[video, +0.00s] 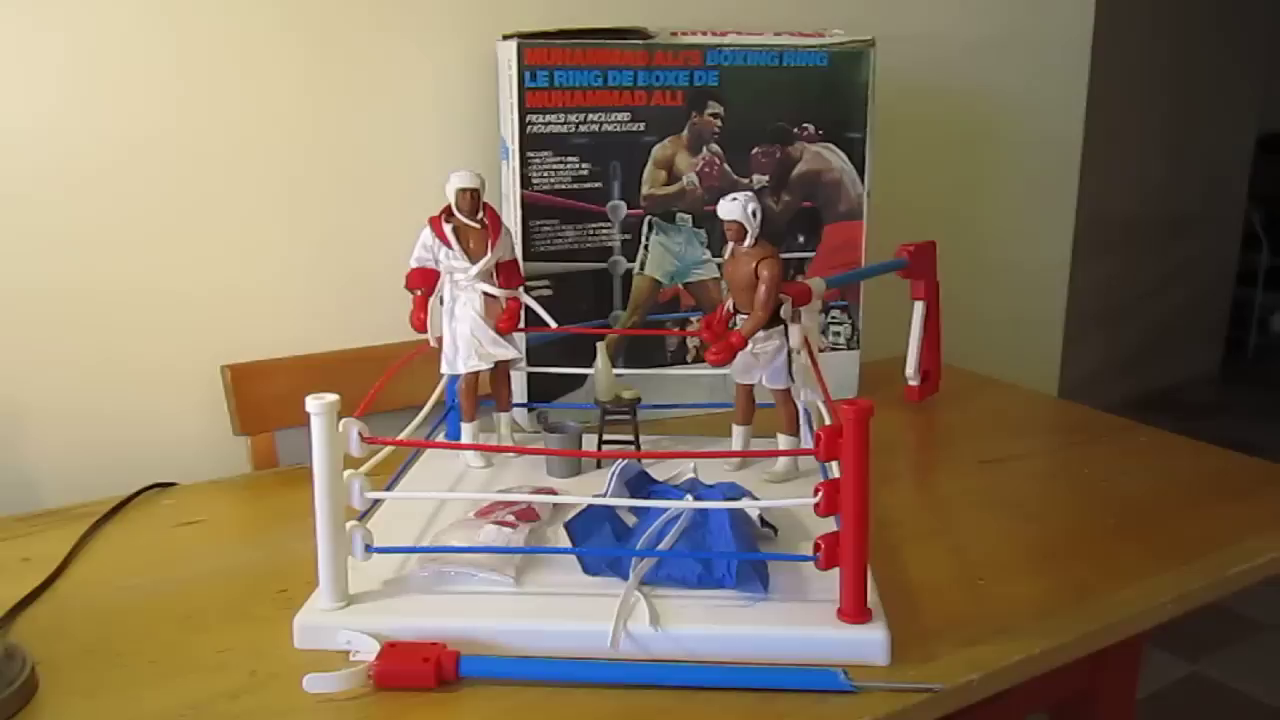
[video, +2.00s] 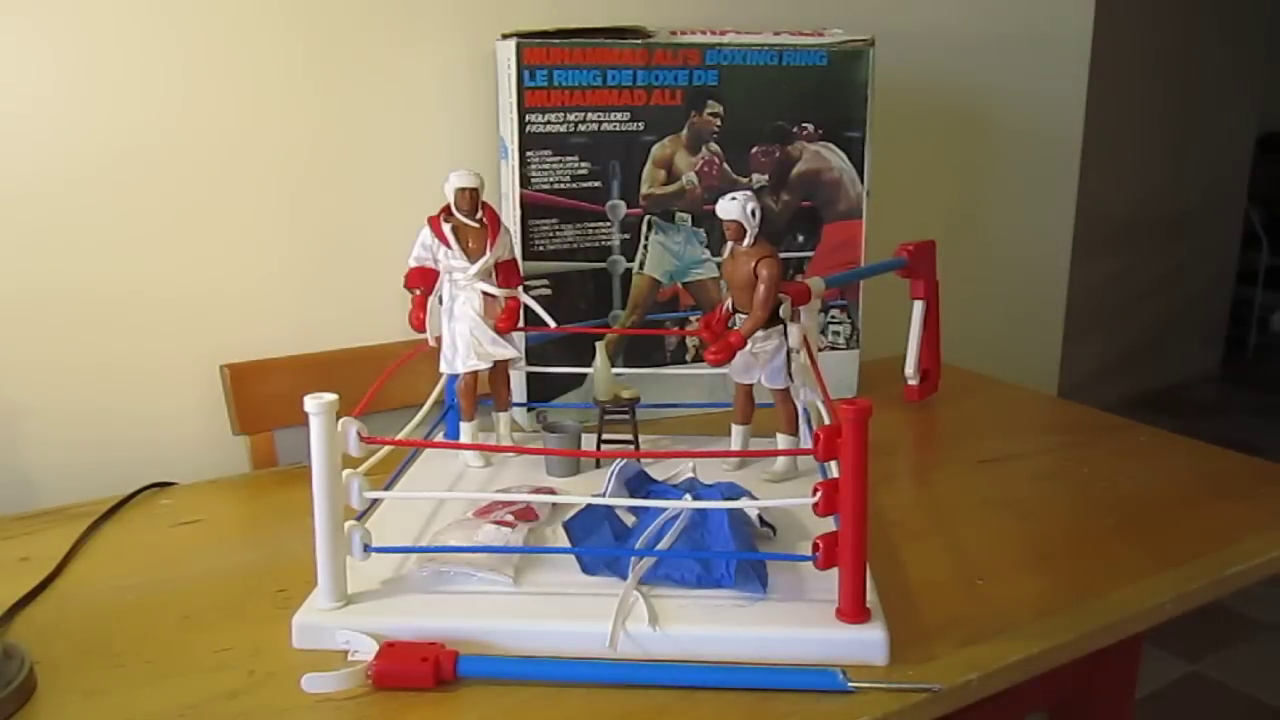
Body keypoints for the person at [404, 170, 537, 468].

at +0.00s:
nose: (469, 199)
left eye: (474, 193)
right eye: (463, 194)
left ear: (481, 195)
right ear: (452, 197)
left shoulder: (496, 229)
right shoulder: (437, 230)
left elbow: (509, 269)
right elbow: (422, 268)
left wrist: (513, 306)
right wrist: (420, 305)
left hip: (494, 305)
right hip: (459, 306)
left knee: (501, 367)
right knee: (469, 371)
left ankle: (506, 432)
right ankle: (470, 442)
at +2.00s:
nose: (467, 198)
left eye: (472, 192)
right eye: (461, 192)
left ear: (480, 194)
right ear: (450, 196)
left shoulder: (495, 228)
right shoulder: (436, 230)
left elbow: (508, 269)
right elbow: (421, 271)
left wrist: (511, 306)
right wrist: (421, 310)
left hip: (493, 304)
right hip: (458, 306)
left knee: (500, 365)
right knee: (468, 371)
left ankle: (505, 432)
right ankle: (469, 441)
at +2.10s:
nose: (468, 198)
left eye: (473, 192)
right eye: (462, 192)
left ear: (481, 195)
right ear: (451, 196)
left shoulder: (496, 229)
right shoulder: (436, 231)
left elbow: (508, 269)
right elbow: (421, 269)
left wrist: (511, 305)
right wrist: (419, 304)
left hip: (494, 304)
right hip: (459, 305)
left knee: (500, 365)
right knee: (468, 370)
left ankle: (504, 432)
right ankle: (469, 441)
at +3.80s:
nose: (467, 197)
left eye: (472, 191)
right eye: (461, 191)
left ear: (481, 194)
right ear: (451, 195)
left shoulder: (496, 228)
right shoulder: (436, 230)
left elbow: (509, 270)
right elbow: (421, 269)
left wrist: (512, 307)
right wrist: (419, 305)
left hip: (493, 303)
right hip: (459, 305)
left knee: (500, 365)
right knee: (469, 370)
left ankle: (504, 433)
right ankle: (469, 440)